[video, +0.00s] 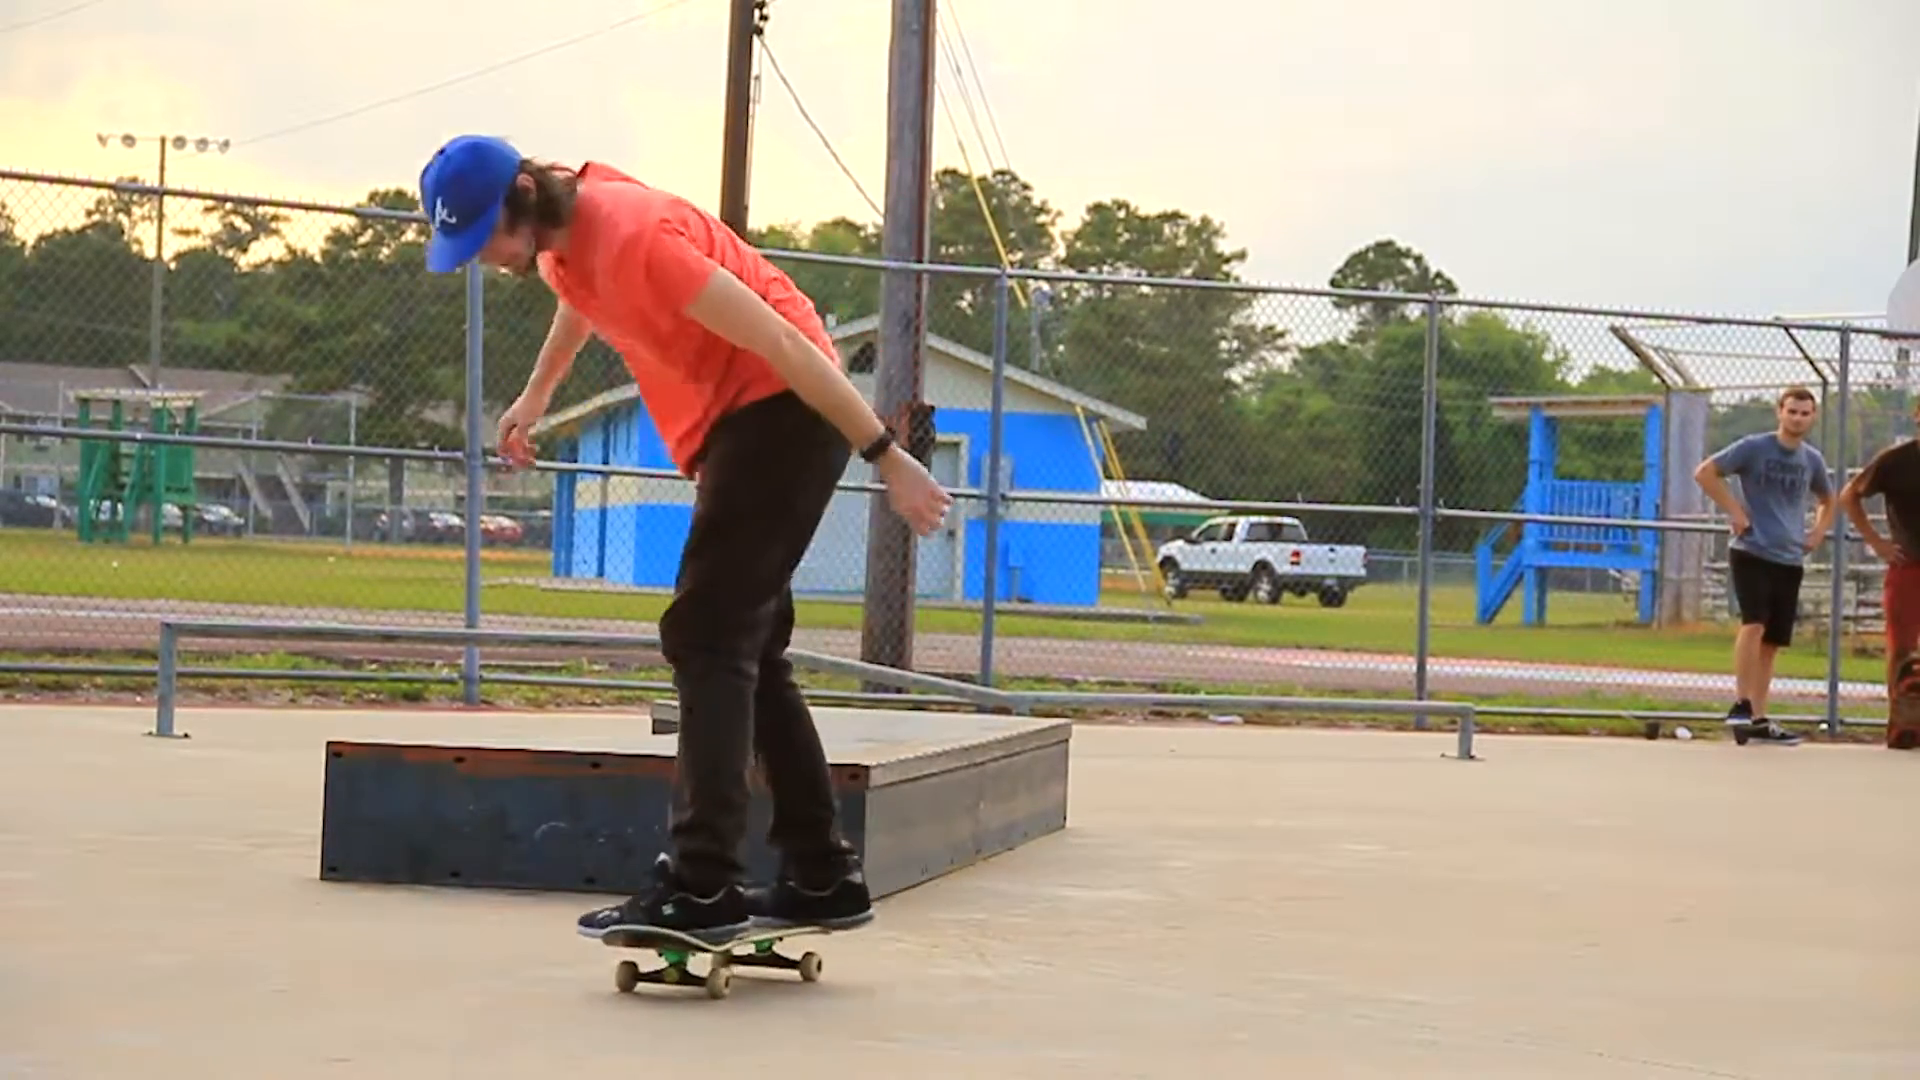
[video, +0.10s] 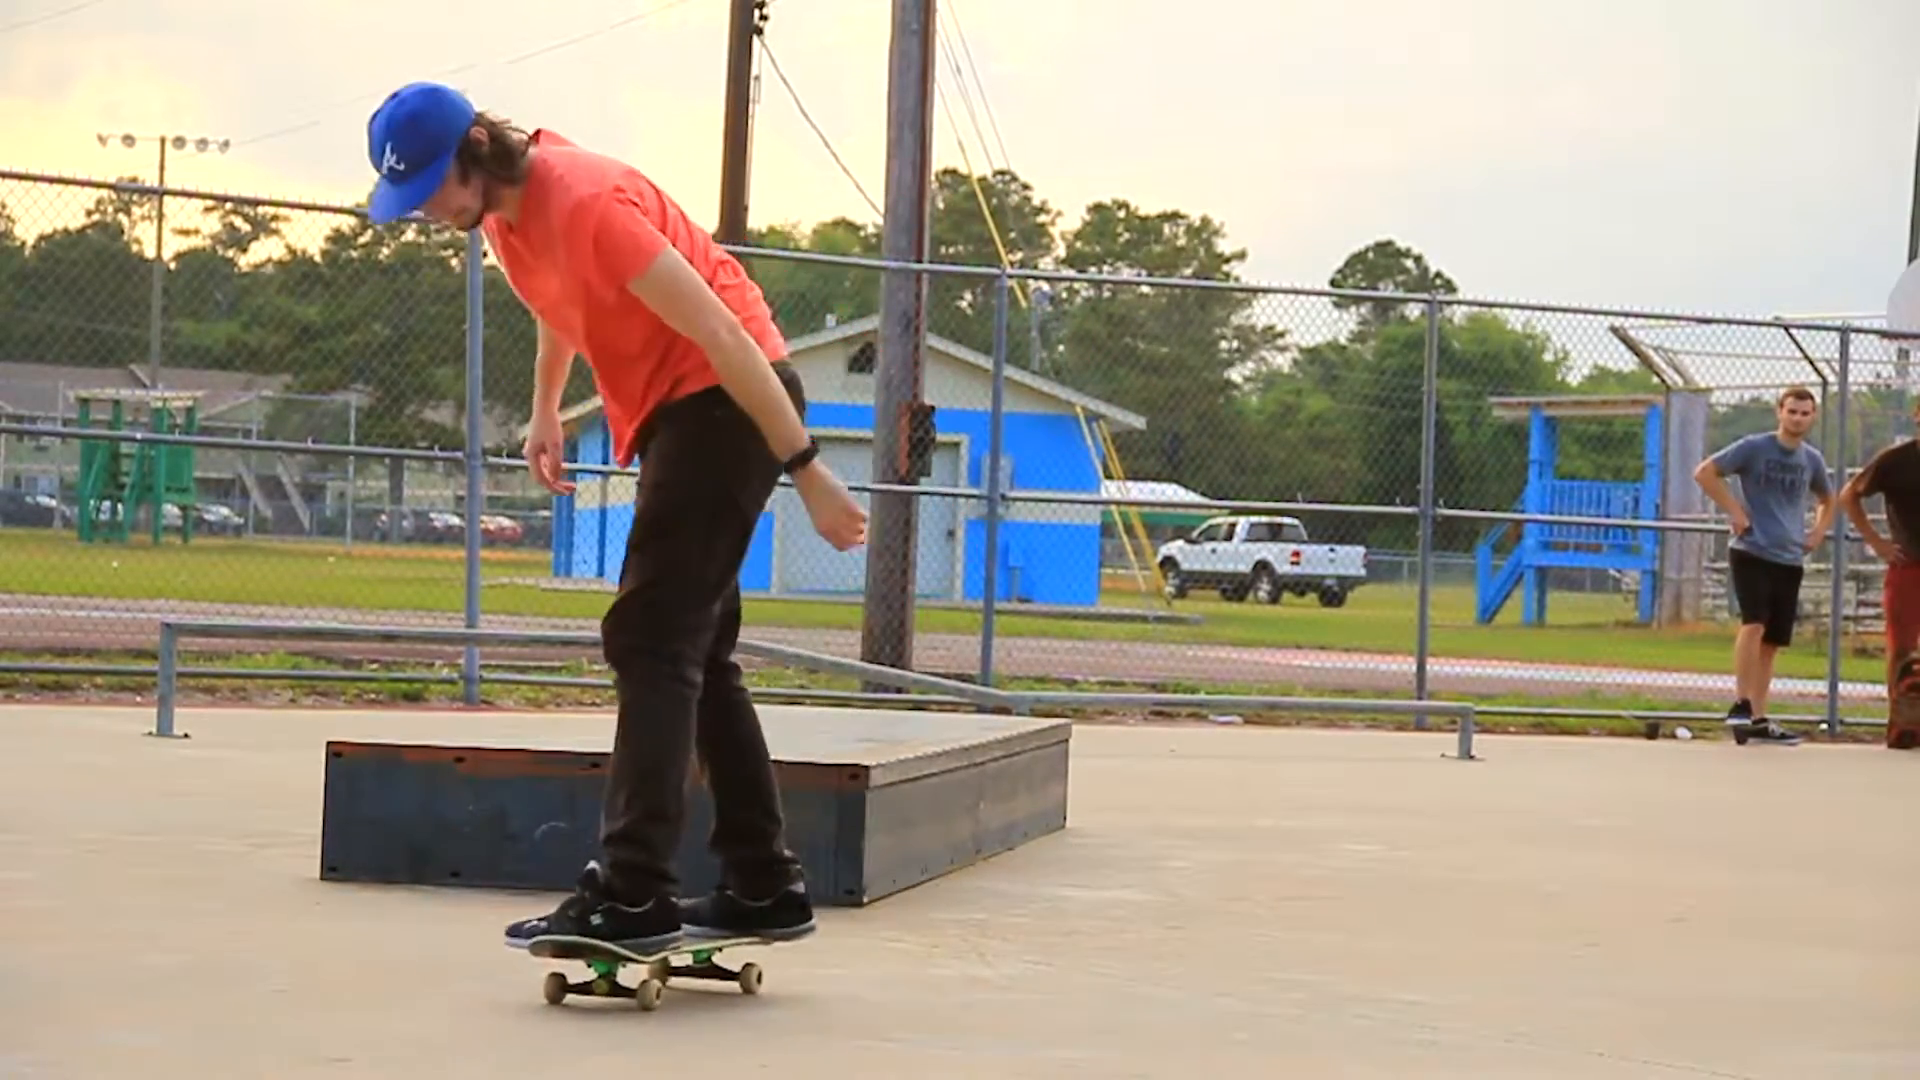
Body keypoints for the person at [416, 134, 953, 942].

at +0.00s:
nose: (492, 260)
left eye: (491, 242)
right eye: (478, 250)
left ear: (521, 202)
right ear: (508, 208)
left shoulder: (633, 237)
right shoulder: (568, 232)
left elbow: (777, 335)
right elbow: (578, 307)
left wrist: (887, 456)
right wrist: (532, 400)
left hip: (782, 406)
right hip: (742, 413)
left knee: (707, 633)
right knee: (752, 652)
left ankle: (701, 882)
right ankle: (820, 873)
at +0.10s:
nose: (429, 215)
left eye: (430, 196)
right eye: (417, 203)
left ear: (470, 159)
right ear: (450, 168)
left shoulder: (587, 206)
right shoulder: (503, 211)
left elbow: (720, 331)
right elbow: (564, 303)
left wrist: (808, 470)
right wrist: (546, 404)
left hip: (722, 396)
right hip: (678, 405)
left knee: (652, 636)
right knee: (698, 655)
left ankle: (633, 891)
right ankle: (762, 884)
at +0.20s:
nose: (373, 162)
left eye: (377, 141)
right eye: (358, 149)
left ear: (419, 102)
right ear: (354, 132)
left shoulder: (532, 167)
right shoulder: (441, 178)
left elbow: (634, 335)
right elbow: (515, 290)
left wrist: (676, 497)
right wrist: (522, 399)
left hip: (665, 388)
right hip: (617, 397)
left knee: (592, 641)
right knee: (646, 651)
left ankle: (568, 901)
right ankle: (702, 888)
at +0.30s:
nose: (308, 111)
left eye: (316, 87)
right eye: (292, 96)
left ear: (366, 49)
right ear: (287, 85)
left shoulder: (467, 133)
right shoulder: (378, 140)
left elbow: (535, 326)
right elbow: (455, 280)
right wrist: (461, 391)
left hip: (601, 381)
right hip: (548, 387)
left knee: (522, 639)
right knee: (567, 641)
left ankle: (502, 909)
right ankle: (626, 895)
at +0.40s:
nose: (235, 59)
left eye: (245, 35)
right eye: (221, 43)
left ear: (302, 10)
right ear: (241, 31)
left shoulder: (405, 101)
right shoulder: (311, 101)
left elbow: (439, 305)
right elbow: (389, 271)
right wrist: (386, 413)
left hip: (516, 374)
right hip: (468, 381)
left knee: (452, 640)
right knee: (494, 641)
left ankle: (433, 918)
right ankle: (534, 908)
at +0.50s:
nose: (179, 13)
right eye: (171, 4)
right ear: (188, 5)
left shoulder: (342, 59)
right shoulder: (227, 52)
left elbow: (361, 270)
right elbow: (297, 223)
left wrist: (217, 383)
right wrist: (274, 360)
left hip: (432, 361)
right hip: (370, 368)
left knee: (372, 641)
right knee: (407, 649)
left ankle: (356, 934)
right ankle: (448, 924)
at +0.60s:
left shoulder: (273, 17)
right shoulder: (153, 19)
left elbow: (288, 233)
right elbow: (204, 199)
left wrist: (139, 352)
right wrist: (179, 356)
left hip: (332, 349)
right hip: (265, 362)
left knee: (269, 644)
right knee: (303, 651)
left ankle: (263, 949)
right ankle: (361, 938)